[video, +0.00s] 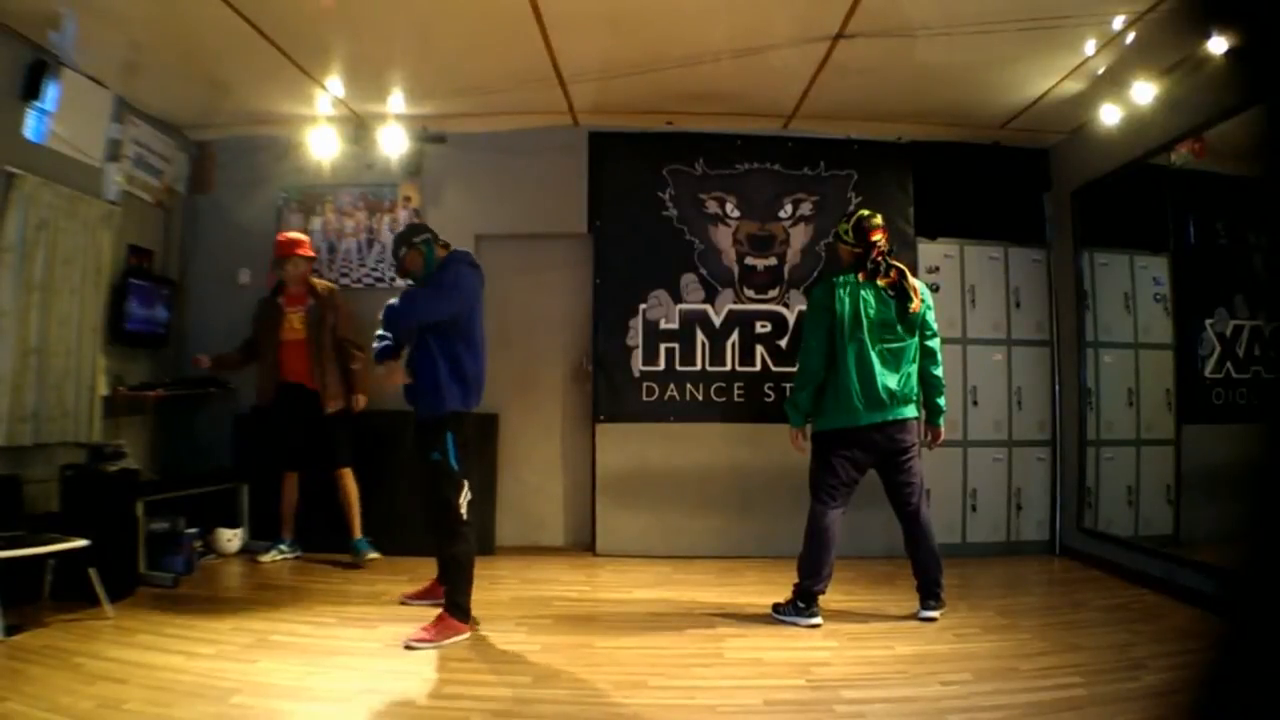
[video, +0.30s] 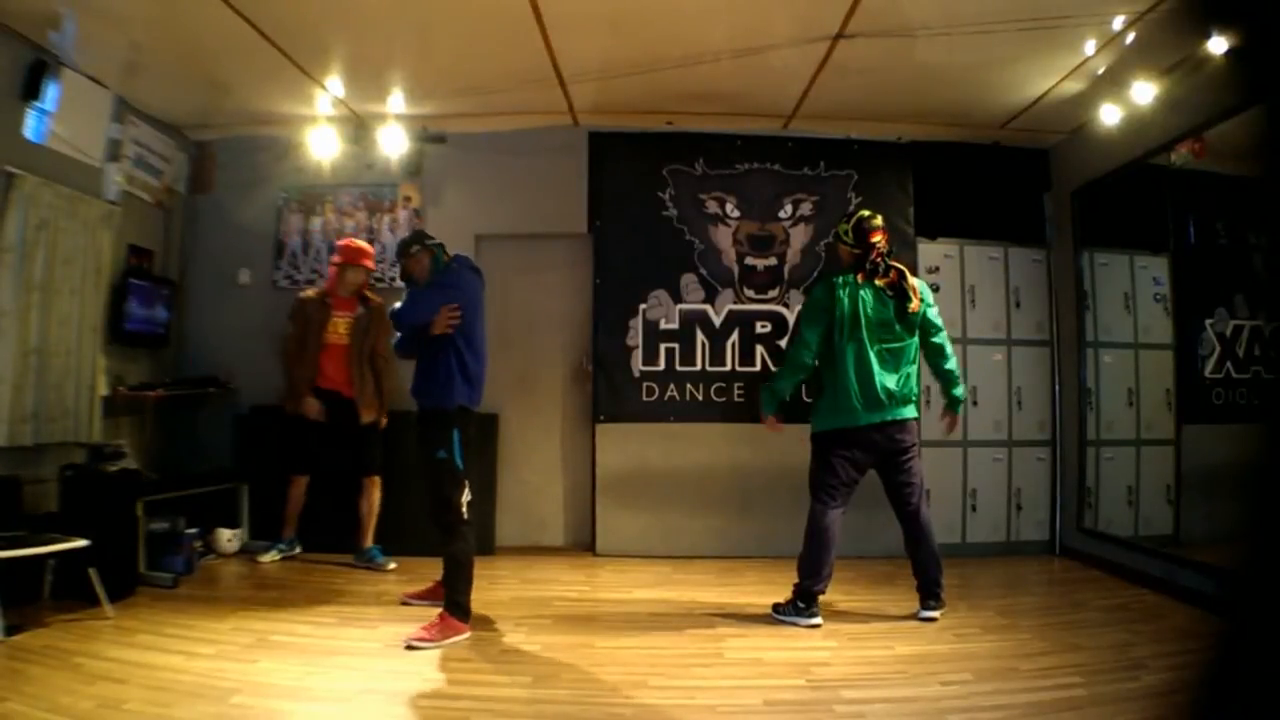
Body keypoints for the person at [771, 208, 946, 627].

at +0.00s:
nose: (835, 250)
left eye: (839, 244)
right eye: (837, 243)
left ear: (852, 249)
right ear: (880, 247)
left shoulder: (830, 291)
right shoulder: (914, 290)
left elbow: (813, 358)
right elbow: (931, 357)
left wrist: (798, 412)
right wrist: (935, 411)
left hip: (844, 421)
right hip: (899, 420)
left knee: (827, 506)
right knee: (914, 508)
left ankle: (806, 600)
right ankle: (931, 598)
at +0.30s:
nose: (835, 250)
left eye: (840, 245)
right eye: (838, 243)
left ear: (852, 249)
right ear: (880, 246)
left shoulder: (830, 290)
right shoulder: (912, 288)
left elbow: (804, 352)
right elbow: (938, 344)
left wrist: (773, 396)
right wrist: (954, 392)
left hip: (842, 422)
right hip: (899, 420)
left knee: (827, 506)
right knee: (914, 508)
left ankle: (806, 600)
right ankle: (931, 598)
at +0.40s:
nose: (832, 250)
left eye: (837, 245)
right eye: (836, 243)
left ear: (850, 249)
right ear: (878, 247)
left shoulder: (830, 287)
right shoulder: (911, 286)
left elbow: (793, 338)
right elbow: (944, 332)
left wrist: (742, 373)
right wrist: (977, 366)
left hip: (841, 420)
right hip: (898, 420)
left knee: (827, 505)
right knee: (913, 507)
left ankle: (806, 600)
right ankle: (932, 598)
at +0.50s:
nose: (834, 250)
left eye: (838, 245)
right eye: (837, 243)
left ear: (851, 249)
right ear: (879, 246)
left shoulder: (830, 287)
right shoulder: (910, 285)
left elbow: (783, 325)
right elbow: (954, 321)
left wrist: (722, 332)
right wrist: (998, 331)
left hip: (841, 421)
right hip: (897, 419)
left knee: (827, 505)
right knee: (913, 507)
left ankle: (807, 600)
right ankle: (931, 597)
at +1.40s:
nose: (835, 248)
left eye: (841, 243)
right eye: (838, 241)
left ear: (854, 248)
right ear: (884, 246)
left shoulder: (830, 285)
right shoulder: (914, 284)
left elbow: (797, 344)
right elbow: (948, 333)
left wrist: (756, 387)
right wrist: (987, 360)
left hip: (844, 418)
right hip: (899, 418)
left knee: (829, 504)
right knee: (915, 507)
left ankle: (806, 600)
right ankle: (931, 597)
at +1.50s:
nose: (835, 246)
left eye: (842, 240)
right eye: (838, 238)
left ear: (858, 247)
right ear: (882, 245)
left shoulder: (830, 288)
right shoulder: (916, 286)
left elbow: (819, 354)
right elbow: (932, 349)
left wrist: (816, 408)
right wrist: (938, 397)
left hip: (848, 417)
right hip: (901, 418)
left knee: (829, 504)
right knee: (915, 507)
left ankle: (806, 599)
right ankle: (931, 597)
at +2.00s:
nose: (842, 243)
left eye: (848, 236)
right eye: (846, 235)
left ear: (863, 245)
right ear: (887, 246)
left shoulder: (837, 285)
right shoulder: (918, 285)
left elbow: (807, 341)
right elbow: (924, 349)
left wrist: (843, 349)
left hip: (847, 416)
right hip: (903, 417)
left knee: (830, 505)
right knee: (916, 507)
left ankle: (806, 600)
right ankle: (932, 598)